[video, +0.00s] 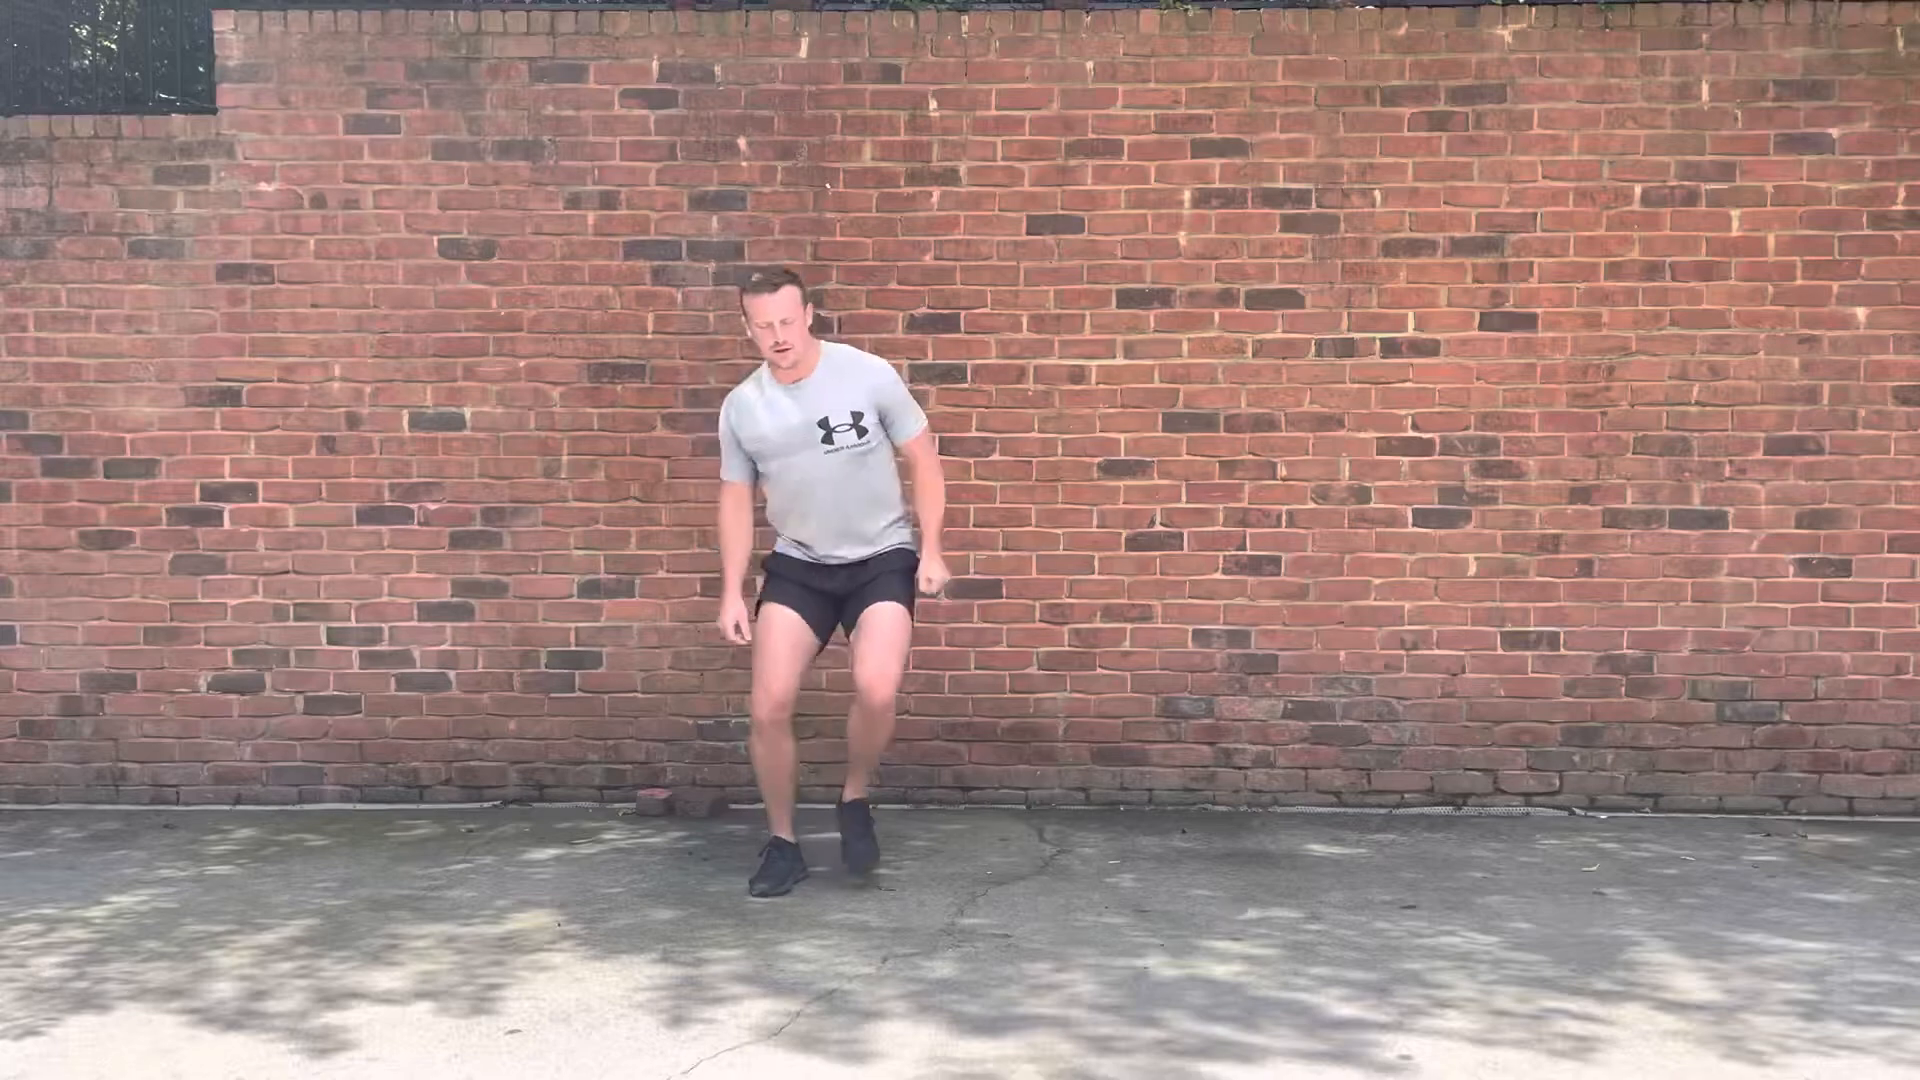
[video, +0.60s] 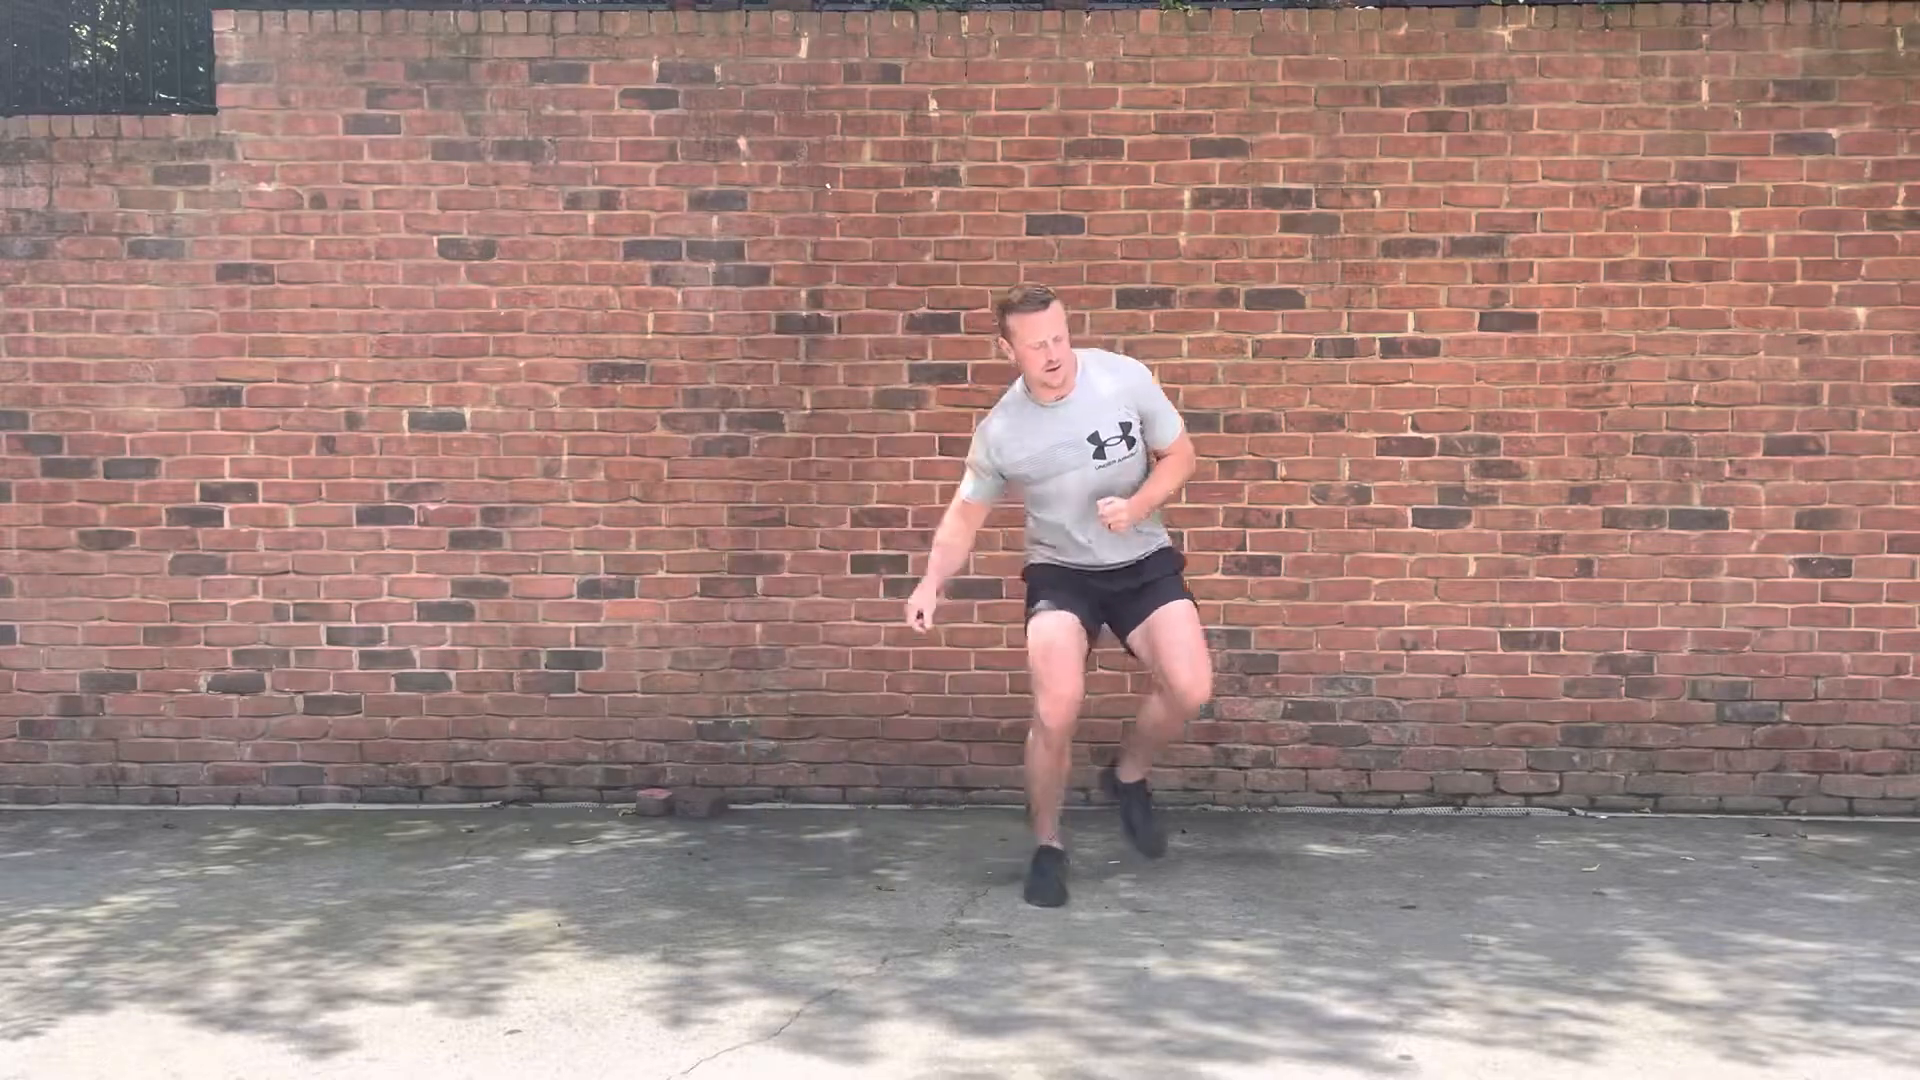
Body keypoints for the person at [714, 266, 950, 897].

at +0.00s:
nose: (776, 337)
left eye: (785, 323)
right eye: (762, 327)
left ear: (809, 316)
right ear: (749, 331)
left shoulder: (870, 376)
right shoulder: (742, 409)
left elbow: (922, 457)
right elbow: (737, 499)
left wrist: (932, 549)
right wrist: (732, 590)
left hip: (883, 558)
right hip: (798, 563)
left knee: (878, 692)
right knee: (768, 704)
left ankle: (856, 799)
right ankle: (782, 842)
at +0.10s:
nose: (798, 348)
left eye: (806, 333)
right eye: (784, 338)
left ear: (829, 328)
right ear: (770, 346)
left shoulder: (890, 383)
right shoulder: (764, 423)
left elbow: (955, 450)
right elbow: (754, 515)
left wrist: (966, 527)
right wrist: (747, 598)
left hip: (905, 562)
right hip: (820, 570)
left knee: (928, 683)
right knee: (775, 705)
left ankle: (900, 778)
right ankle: (783, 841)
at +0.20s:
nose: (847, 315)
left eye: (854, 299)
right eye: (832, 306)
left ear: (873, 292)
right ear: (814, 311)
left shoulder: (930, 346)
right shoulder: (801, 390)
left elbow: (1014, 382)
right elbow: (783, 471)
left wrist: (1004, 409)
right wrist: (778, 536)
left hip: (948, 532)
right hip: (859, 547)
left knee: (997, 636)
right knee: (817, 688)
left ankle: (966, 720)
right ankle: (787, 839)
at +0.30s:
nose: (905, 281)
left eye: (912, 265)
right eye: (889, 272)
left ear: (928, 255)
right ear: (869, 275)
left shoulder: (982, 308)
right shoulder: (852, 355)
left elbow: (1072, 339)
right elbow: (820, 443)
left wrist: (1030, 368)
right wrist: (815, 495)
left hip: (1001, 500)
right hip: (912, 518)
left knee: (1052, 618)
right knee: (877, 662)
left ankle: (1015, 681)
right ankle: (846, 821)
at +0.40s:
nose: (962, 284)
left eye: (969, 268)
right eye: (946, 274)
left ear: (984, 262)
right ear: (924, 279)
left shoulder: (1042, 314)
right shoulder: (907, 356)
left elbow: (1111, 364)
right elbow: (878, 435)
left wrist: (1070, 419)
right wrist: (857, 499)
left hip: (1051, 506)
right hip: (966, 518)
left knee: (1077, 639)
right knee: (949, 661)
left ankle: (1035, 700)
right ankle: (976, 804)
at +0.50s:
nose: (1000, 307)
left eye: (1007, 292)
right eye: (984, 297)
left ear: (1019, 287)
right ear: (958, 301)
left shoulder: (1076, 338)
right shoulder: (943, 381)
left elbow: (1137, 405)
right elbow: (916, 463)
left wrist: (1099, 461)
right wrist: (886, 524)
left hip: (1087, 525)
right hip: (1004, 536)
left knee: (1103, 664)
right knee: (1005, 682)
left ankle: (1053, 734)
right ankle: (1027, 835)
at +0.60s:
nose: (1052, 354)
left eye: (1058, 339)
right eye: (1035, 345)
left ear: (1070, 332)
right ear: (1010, 350)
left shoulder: (1125, 378)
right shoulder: (999, 433)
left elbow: (1181, 453)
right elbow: (965, 515)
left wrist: (1136, 504)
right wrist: (931, 581)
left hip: (1143, 561)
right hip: (1059, 570)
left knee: (1191, 688)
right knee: (1057, 708)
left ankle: (1128, 775)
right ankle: (1048, 846)